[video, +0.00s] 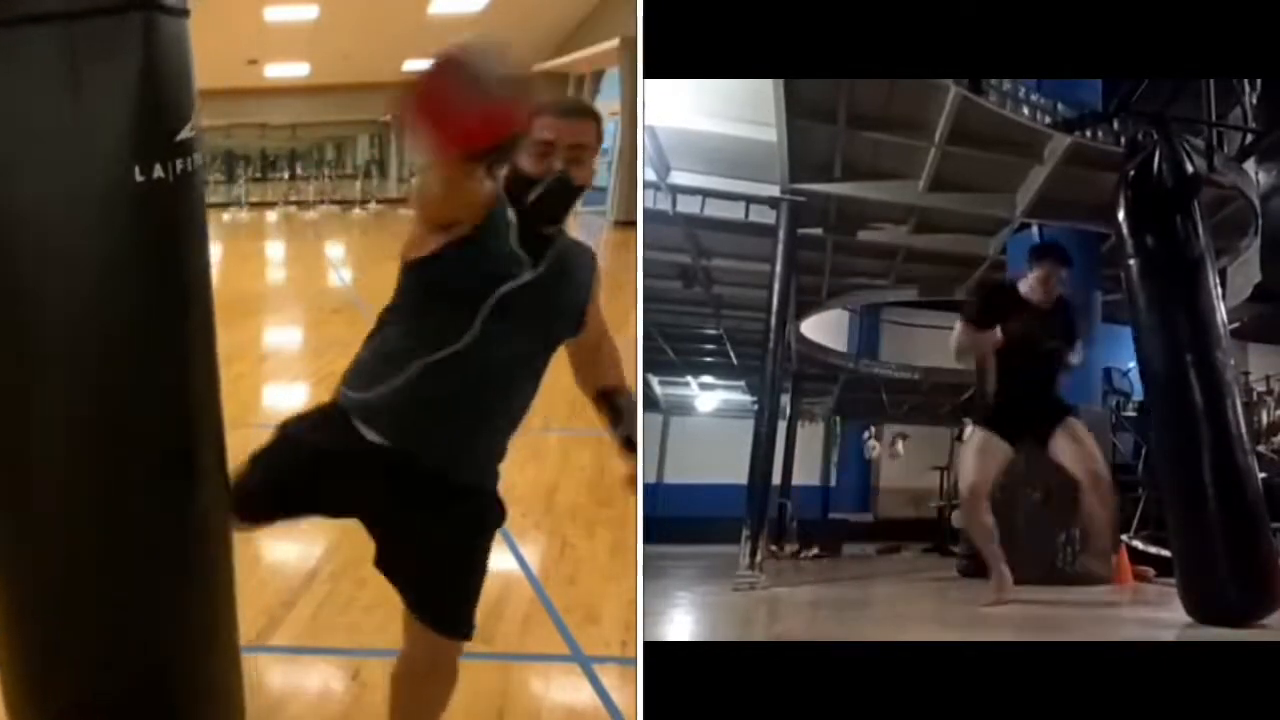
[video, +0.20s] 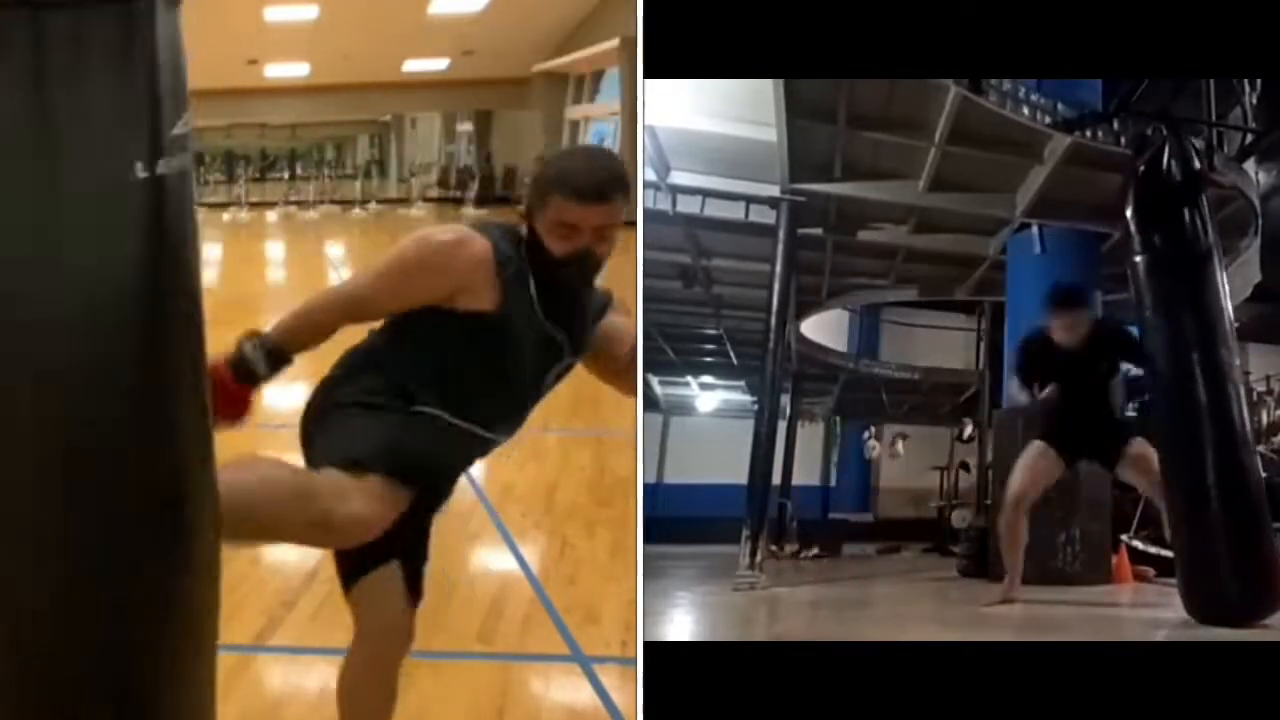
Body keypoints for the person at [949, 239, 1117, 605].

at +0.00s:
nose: (1051, 287)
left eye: (1057, 279)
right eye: (1045, 277)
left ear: (1063, 281)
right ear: (1030, 272)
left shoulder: (1063, 311)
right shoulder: (994, 297)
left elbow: (1074, 354)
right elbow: (959, 346)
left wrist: (1063, 364)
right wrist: (988, 339)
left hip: (1048, 410)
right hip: (999, 411)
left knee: (1097, 475)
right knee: (971, 490)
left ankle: (1100, 558)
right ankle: (999, 575)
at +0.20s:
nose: (1067, 331)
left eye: (1074, 324)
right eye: (1060, 324)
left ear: (1088, 318)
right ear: (1049, 321)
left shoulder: (1111, 337)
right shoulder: (1036, 347)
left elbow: (1154, 370)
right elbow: (1027, 385)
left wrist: (1132, 400)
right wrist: (1038, 395)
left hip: (1108, 430)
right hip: (1060, 432)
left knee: (1164, 481)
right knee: (1016, 497)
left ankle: (1193, 574)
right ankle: (1011, 584)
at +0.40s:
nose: (1133, 309)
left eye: (1134, 301)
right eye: (1126, 302)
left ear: (1133, 300)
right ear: (1102, 302)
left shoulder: (1138, 331)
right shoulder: (1081, 340)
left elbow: (1174, 354)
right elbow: (1086, 407)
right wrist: (1139, 398)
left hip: (1133, 429)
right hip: (1085, 433)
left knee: (1190, 482)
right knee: (1050, 500)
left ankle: (1211, 580)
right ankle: (1013, 585)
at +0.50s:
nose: (1121, 304)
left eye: (1127, 296)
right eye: (1114, 296)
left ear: (1136, 299)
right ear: (1095, 298)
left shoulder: (1145, 332)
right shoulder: (1079, 340)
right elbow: (1071, 403)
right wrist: (1113, 405)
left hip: (1140, 426)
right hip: (1094, 429)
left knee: (1196, 488)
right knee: (1050, 495)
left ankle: (1211, 581)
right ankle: (1011, 585)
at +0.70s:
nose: (1146, 272)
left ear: (1151, 273)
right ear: (1124, 267)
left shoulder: (1157, 301)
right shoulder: (1110, 293)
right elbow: (1090, 317)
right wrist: (1130, 292)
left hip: (1139, 404)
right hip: (1098, 401)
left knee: (1174, 483)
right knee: (1064, 484)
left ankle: (1177, 580)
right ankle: (1006, 560)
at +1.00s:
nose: (1166, 282)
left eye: (1168, 274)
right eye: (1159, 273)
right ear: (1141, 274)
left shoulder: (1155, 319)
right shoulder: (1113, 304)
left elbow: (1171, 363)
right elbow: (1110, 354)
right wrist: (1157, 353)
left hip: (1118, 419)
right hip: (1073, 414)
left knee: (1164, 485)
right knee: (1030, 486)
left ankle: (1173, 585)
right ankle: (975, 573)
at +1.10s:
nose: (1134, 345)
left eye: (1139, 341)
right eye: (1129, 338)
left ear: (1146, 341)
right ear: (1115, 330)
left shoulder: (1144, 361)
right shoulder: (1078, 340)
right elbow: (1047, 389)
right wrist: (1095, 391)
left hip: (1109, 442)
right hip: (1058, 439)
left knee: (1165, 486)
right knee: (1006, 499)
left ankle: (1174, 586)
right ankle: (965, 584)